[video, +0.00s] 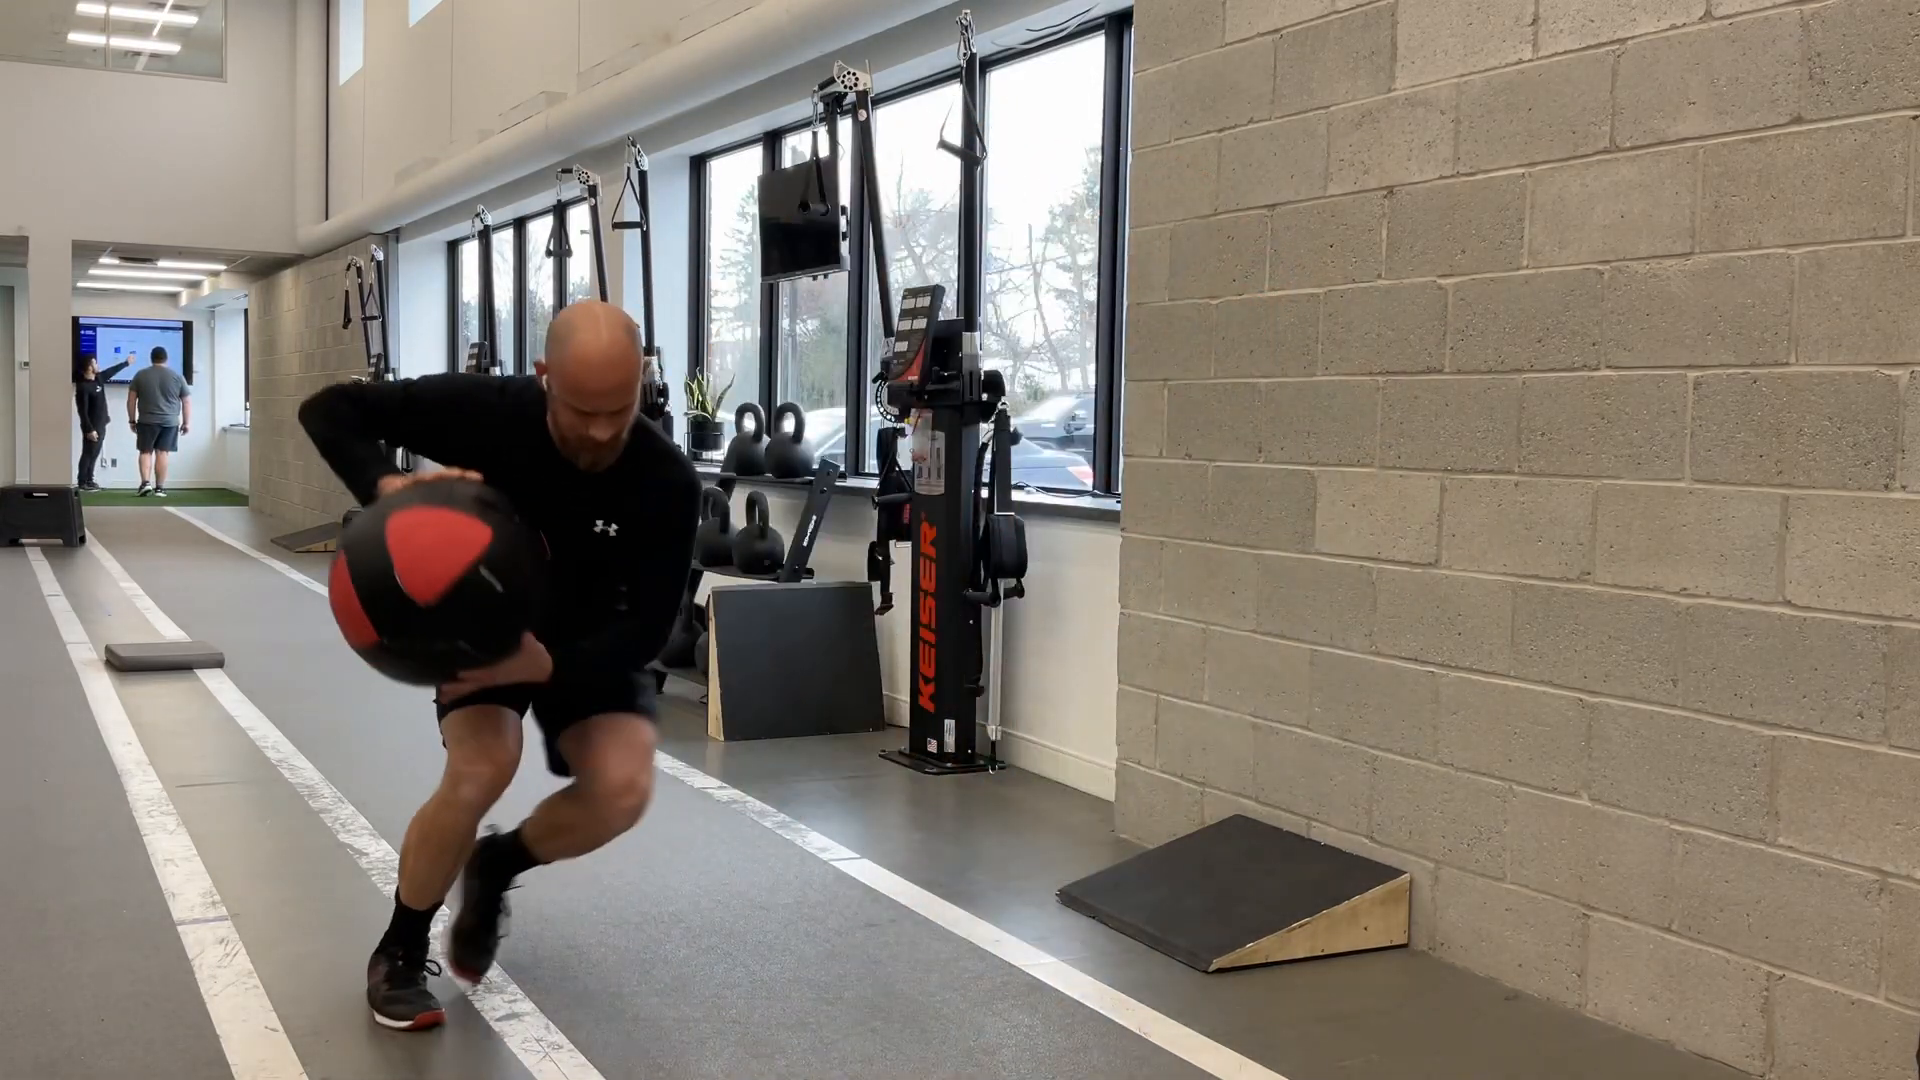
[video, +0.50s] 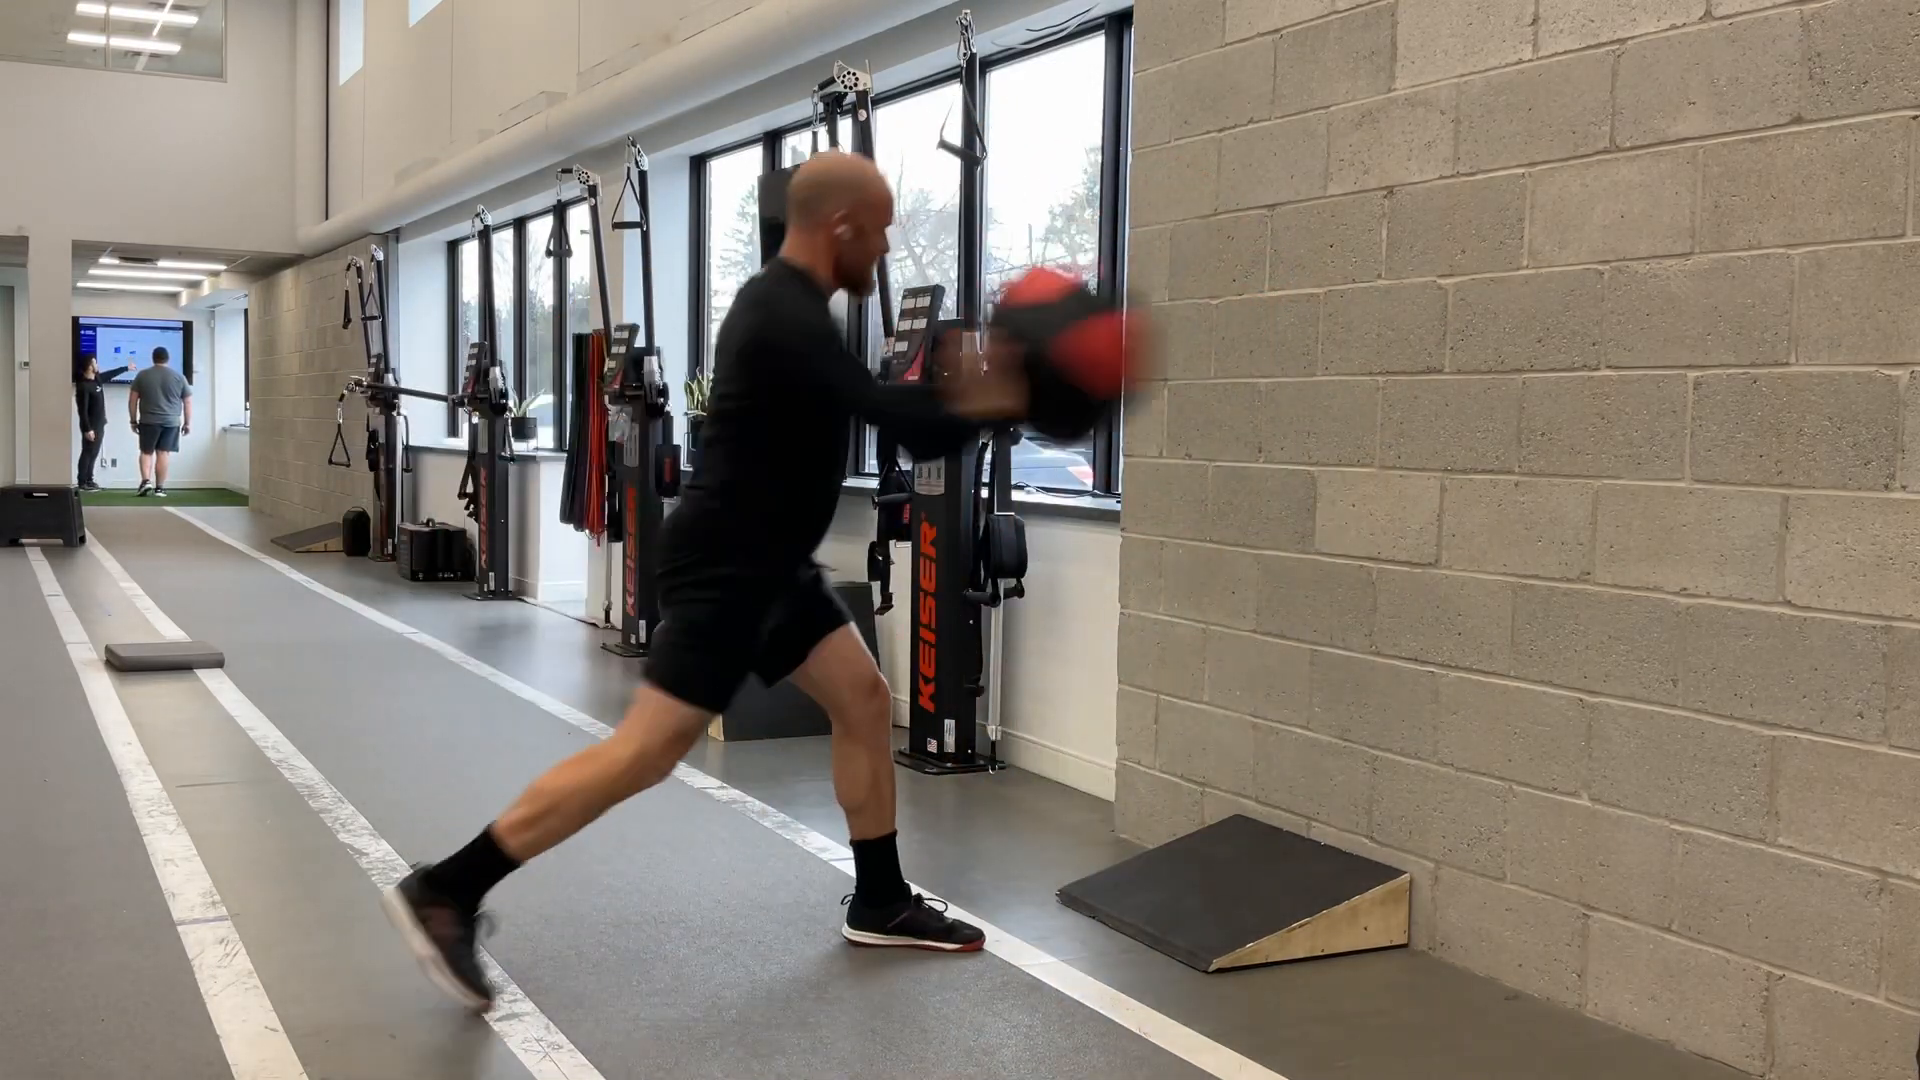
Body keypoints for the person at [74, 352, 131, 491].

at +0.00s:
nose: (97, 365)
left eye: (96, 363)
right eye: (94, 363)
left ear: (92, 366)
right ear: (89, 366)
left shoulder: (99, 378)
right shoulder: (83, 386)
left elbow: (112, 371)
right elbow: (83, 411)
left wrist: (126, 363)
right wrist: (89, 429)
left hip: (101, 422)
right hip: (91, 424)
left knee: (95, 454)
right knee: (88, 454)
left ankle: (89, 480)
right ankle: (83, 481)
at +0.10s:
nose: (97, 365)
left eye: (96, 363)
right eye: (94, 363)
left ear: (91, 366)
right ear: (89, 366)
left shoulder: (99, 378)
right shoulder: (83, 386)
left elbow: (111, 371)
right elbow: (83, 411)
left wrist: (126, 364)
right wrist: (90, 429)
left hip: (101, 423)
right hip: (91, 424)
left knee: (94, 454)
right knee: (88, 454)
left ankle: (89, 480)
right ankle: (83, 481)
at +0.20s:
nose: (97, 365)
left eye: (96, 363)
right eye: (94, 363)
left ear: (91, 366)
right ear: (89, 366)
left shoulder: (98, 378)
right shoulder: (83, 386)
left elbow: (111, 373)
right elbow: (83, 410)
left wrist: (126, 367)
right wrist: (89, 429)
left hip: (101, 422)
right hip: (91, 424)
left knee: (94, 454)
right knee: (88, 454)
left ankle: (89, 480)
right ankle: (83, 481)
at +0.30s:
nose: (96, 365)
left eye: (96, 363)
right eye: (94, 363)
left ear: (92, 366)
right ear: (89, 366)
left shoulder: (97, 379)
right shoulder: (83, 386)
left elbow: (110, 375)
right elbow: (83, 411)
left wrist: (126, 370)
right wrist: (89, 429)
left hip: (100, 423)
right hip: (91, 425)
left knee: (94, 454)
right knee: (88, 454)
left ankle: (89, 480)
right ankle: (83, 481)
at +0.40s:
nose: (97, 365)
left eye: (95, 363)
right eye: (94, 363)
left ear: (92, 366)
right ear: (89, 366)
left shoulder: (98, 379)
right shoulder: (83, 385)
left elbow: (111, 375)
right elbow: (83, 410)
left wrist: (126, 369)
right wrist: (88, 429)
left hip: (100, 423)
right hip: (91, 425)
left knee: (93, 454)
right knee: (87, 454)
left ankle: (89, 480)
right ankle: (83, 481)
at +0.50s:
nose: (96, 365)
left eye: (95, 363)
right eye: (94, 363)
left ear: (92, 365)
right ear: (89, 366)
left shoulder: (98, 379)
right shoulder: (83, 385)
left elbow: (111, 374)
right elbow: (82, 410)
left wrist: (126, 368)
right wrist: (87, 429)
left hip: (99, 423)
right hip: (90, 424)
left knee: (93, 454)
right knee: (87, 453)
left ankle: (89, 480)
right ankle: (83, 481)